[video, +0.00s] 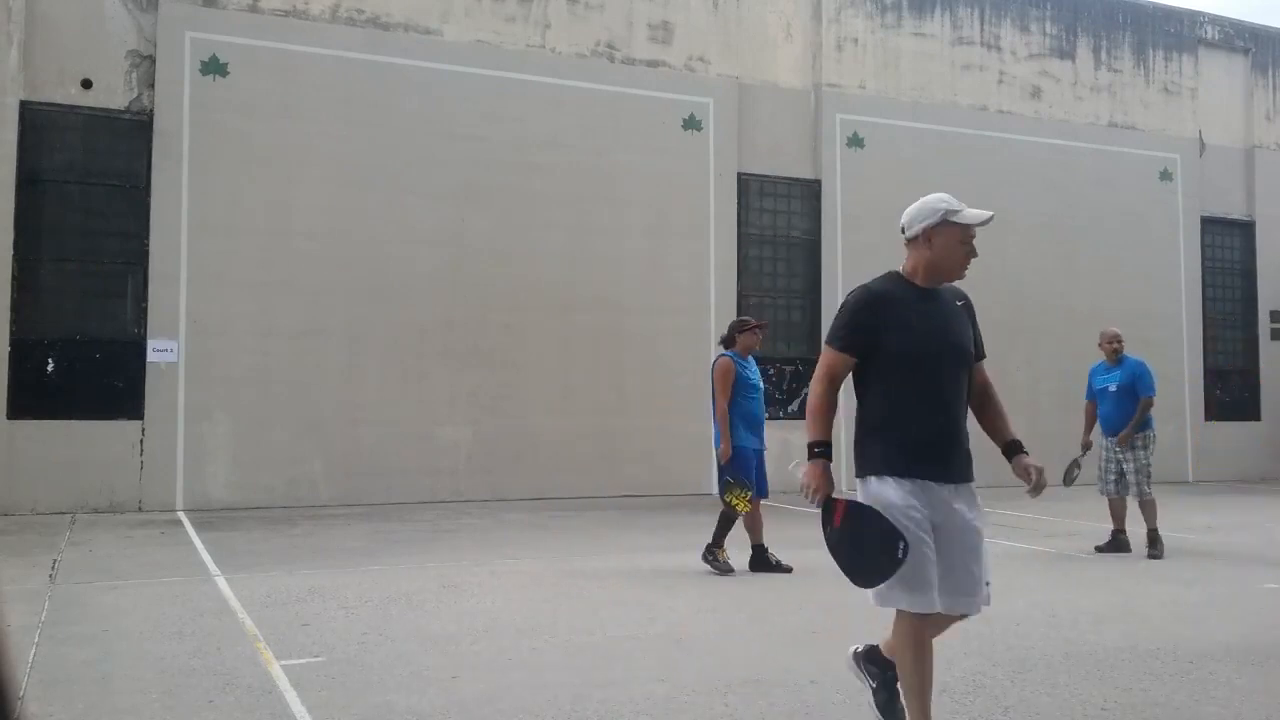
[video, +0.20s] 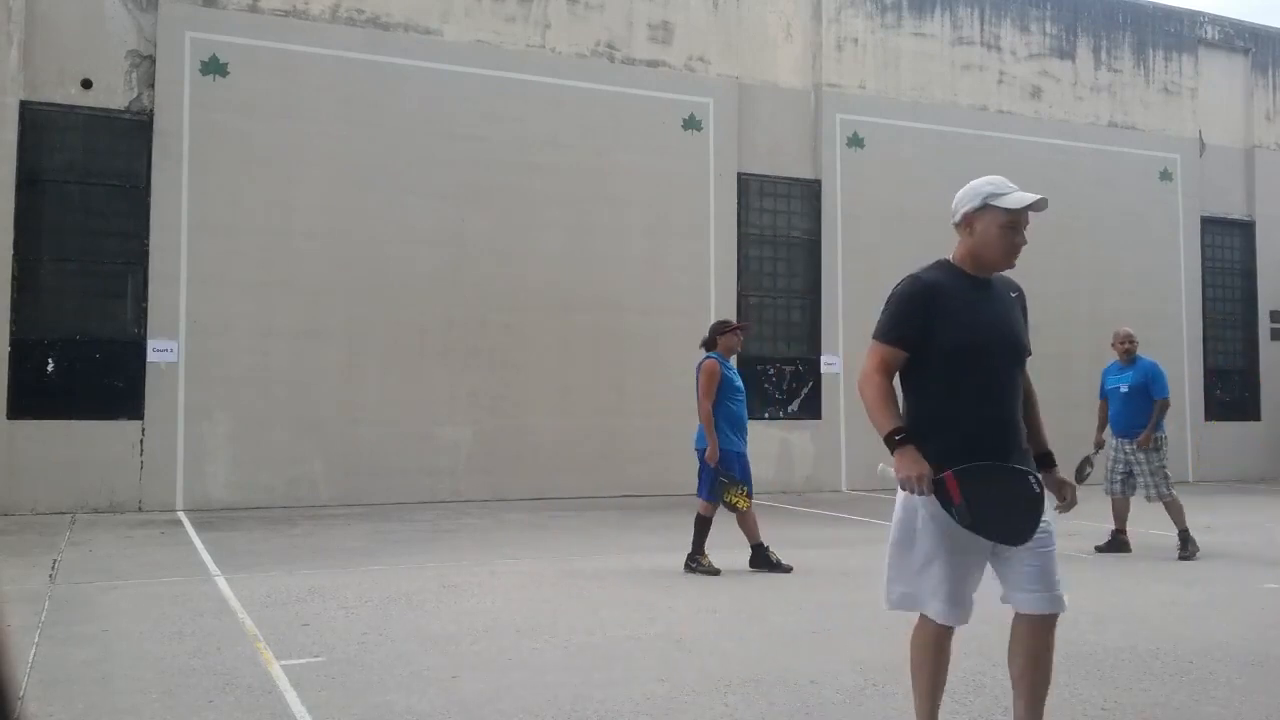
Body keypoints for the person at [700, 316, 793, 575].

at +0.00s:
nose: (759, 336)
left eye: (760, 332)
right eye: (754, 332)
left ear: (752, 338)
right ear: (739, 336)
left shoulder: (749, 363)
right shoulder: (726, 363)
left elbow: (751, 404)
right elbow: (721, 404)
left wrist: (759, 440)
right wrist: (725, 441)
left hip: (755, 442)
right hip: (737, 442)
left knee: (754, 498)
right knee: (738, 496)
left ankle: (759, 554)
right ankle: (715, 548)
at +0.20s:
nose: (740, 338)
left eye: (740, 334)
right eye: (735, 334)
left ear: (730, 339)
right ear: (720, 338)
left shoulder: (728, 366)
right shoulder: (711, 364)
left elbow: (727, 407)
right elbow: (704, 404)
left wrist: (738, 444)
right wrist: (712, 444)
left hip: (735, 447)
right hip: (717, 446)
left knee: (743, 502)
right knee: (709, 500)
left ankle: (759, 553)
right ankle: (696, 556)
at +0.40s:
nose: (718, 336)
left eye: (717, 332)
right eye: (714, 332)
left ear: (704, 337)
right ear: (699, 336)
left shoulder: (703, 363)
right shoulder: (689, 362)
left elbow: (703, 405)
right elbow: (684, 403)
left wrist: (714, 438)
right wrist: (698, 438)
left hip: (713, 441)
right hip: (693, 442)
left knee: (723, 493)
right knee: (690, 496)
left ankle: (723, 551)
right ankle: (693, 555)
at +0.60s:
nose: (694, 340)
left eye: (693, 336)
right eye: (689, 336)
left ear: (684, 341)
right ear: (673, 340)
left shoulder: (679, 366)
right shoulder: (664, 366)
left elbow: (677, 406)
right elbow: (655, 405)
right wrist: (662, 444)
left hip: (691, 443)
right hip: (678, 443)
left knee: (681, 498)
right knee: (678, 499)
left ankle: (643, 535)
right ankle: (692, 555)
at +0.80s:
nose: (671, 346)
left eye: (672, 342)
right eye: (667, 342)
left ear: (666, 346)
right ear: (652, 343)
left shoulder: (659, 370)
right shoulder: (639, 368)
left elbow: (667, 409)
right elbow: (625, 409)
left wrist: (692, 434)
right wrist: (622, 447)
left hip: (647, 445)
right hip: (649, 446)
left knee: (629, 499)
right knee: (667, 499)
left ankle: (615, 552)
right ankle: (687, 555)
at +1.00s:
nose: (649, 345)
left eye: (651, 341)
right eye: (645, 340)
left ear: (645, 343)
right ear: (630, 340)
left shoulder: (636, 365)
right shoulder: (617, 364)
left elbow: (639, 404)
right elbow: (603, 404)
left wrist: (663, 424)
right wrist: (598, 441)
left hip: (627, 437)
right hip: (626, 439)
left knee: (618, 493)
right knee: (645, 489)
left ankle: (613, 552)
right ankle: (629, 550)